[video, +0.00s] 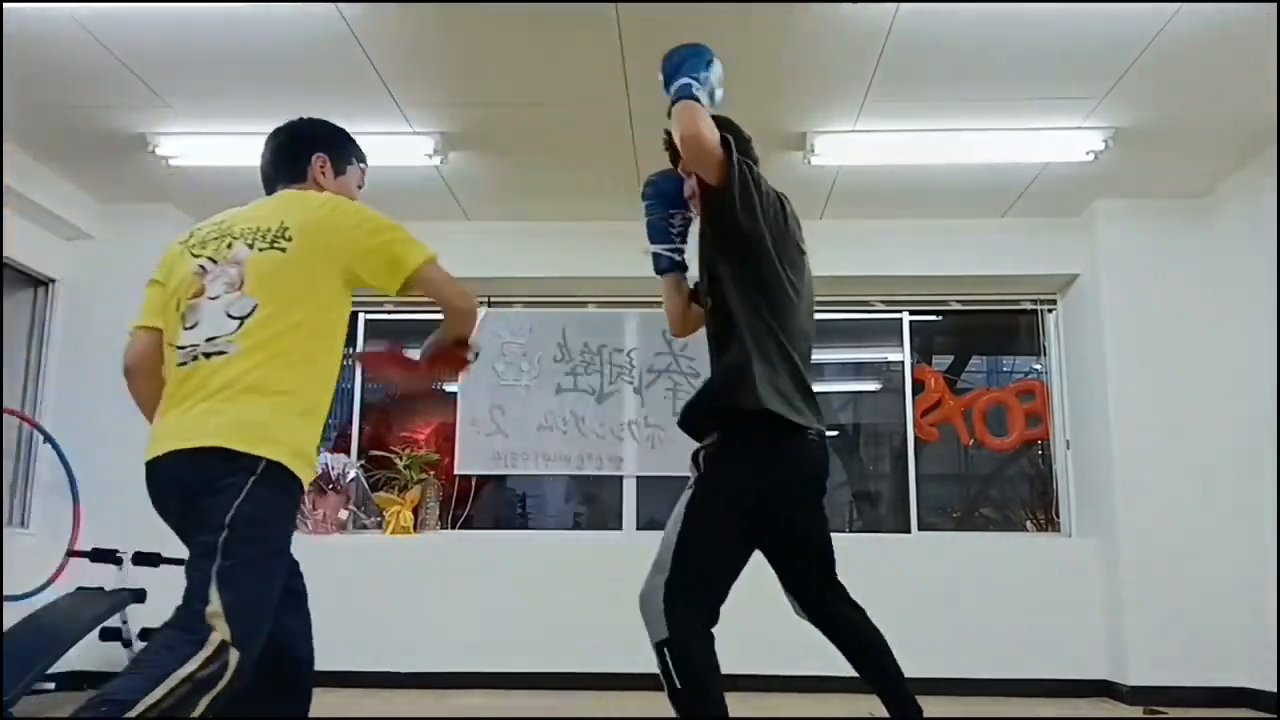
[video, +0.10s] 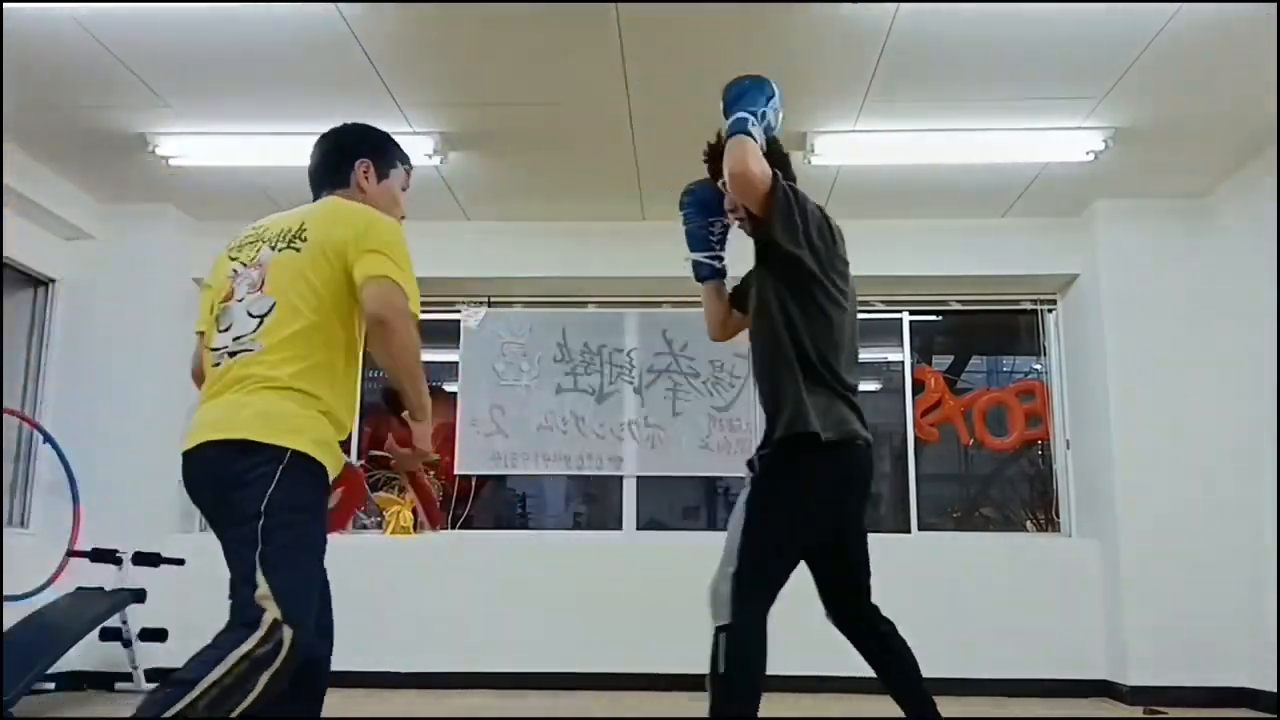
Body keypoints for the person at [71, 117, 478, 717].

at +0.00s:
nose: (359, 199)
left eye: (362, 187)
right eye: (356, 183)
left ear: (274, 177)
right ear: (321, 169)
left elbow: (141, 360)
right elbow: (463, 307)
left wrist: (187, 436)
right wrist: (441, 351)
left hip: (171, 462)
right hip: (253, 453)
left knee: (285, 638)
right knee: (213, 635)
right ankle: (102, 713)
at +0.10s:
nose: (404, 207)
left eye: (406, 191)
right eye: (401, 187)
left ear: (334, 180)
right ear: (365, 175)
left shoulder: (240, 246)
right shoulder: (364, 222)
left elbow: (206, 368)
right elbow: (384, 308)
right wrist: (421, 415)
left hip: (211, 446)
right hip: (278, 443)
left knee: (305, 636)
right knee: (271, 628)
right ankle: (163, 711)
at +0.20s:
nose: (451, 180)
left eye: (454, 166)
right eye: (447, 160)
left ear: (408, 151)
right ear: (406, 146)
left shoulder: (366, 233)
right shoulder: (368, 185)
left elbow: (306, 350)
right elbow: (295, 220)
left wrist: (384, 395)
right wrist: (384, 305)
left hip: (302, 426)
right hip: (283, 418)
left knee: (325, 609)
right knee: (312, 603)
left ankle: (294, 711)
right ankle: (248, 711)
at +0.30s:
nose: (477, 144)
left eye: (480, 132)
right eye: (471, 125)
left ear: (430, 119)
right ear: (428, 111)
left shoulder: (425, 229)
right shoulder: (355, 148)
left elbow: (479, 278)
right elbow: (258, 191)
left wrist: (523, 285)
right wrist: (365, 204)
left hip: (353, 415)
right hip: (303, 395)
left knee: (322, 620)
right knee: (352, 623)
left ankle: (272, 711)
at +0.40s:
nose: (499, 132)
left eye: (501, 120)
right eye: (492, 113)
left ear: (451, 110)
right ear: (447, 102)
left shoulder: (465, 201)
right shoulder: (367, 149)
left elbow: (538, 213)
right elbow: (293, 222)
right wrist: (419, 210)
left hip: (392, 414)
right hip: (327, 403)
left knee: (403, 591)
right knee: (360, 602)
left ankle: (316, 700)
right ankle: (323, 710)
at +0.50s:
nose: (521, 152)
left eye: (524, 139)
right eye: (515, 133)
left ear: (476, 128)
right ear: (473, 123)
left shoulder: (495, 212)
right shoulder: (394, 183)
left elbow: (574, 236)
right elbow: (369, 284)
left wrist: (643, 197)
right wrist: (482, 256)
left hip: (421, 441)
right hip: (346, 431)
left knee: (462, 594)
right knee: (388, 619)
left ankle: (411, 710)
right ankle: (339, 711)